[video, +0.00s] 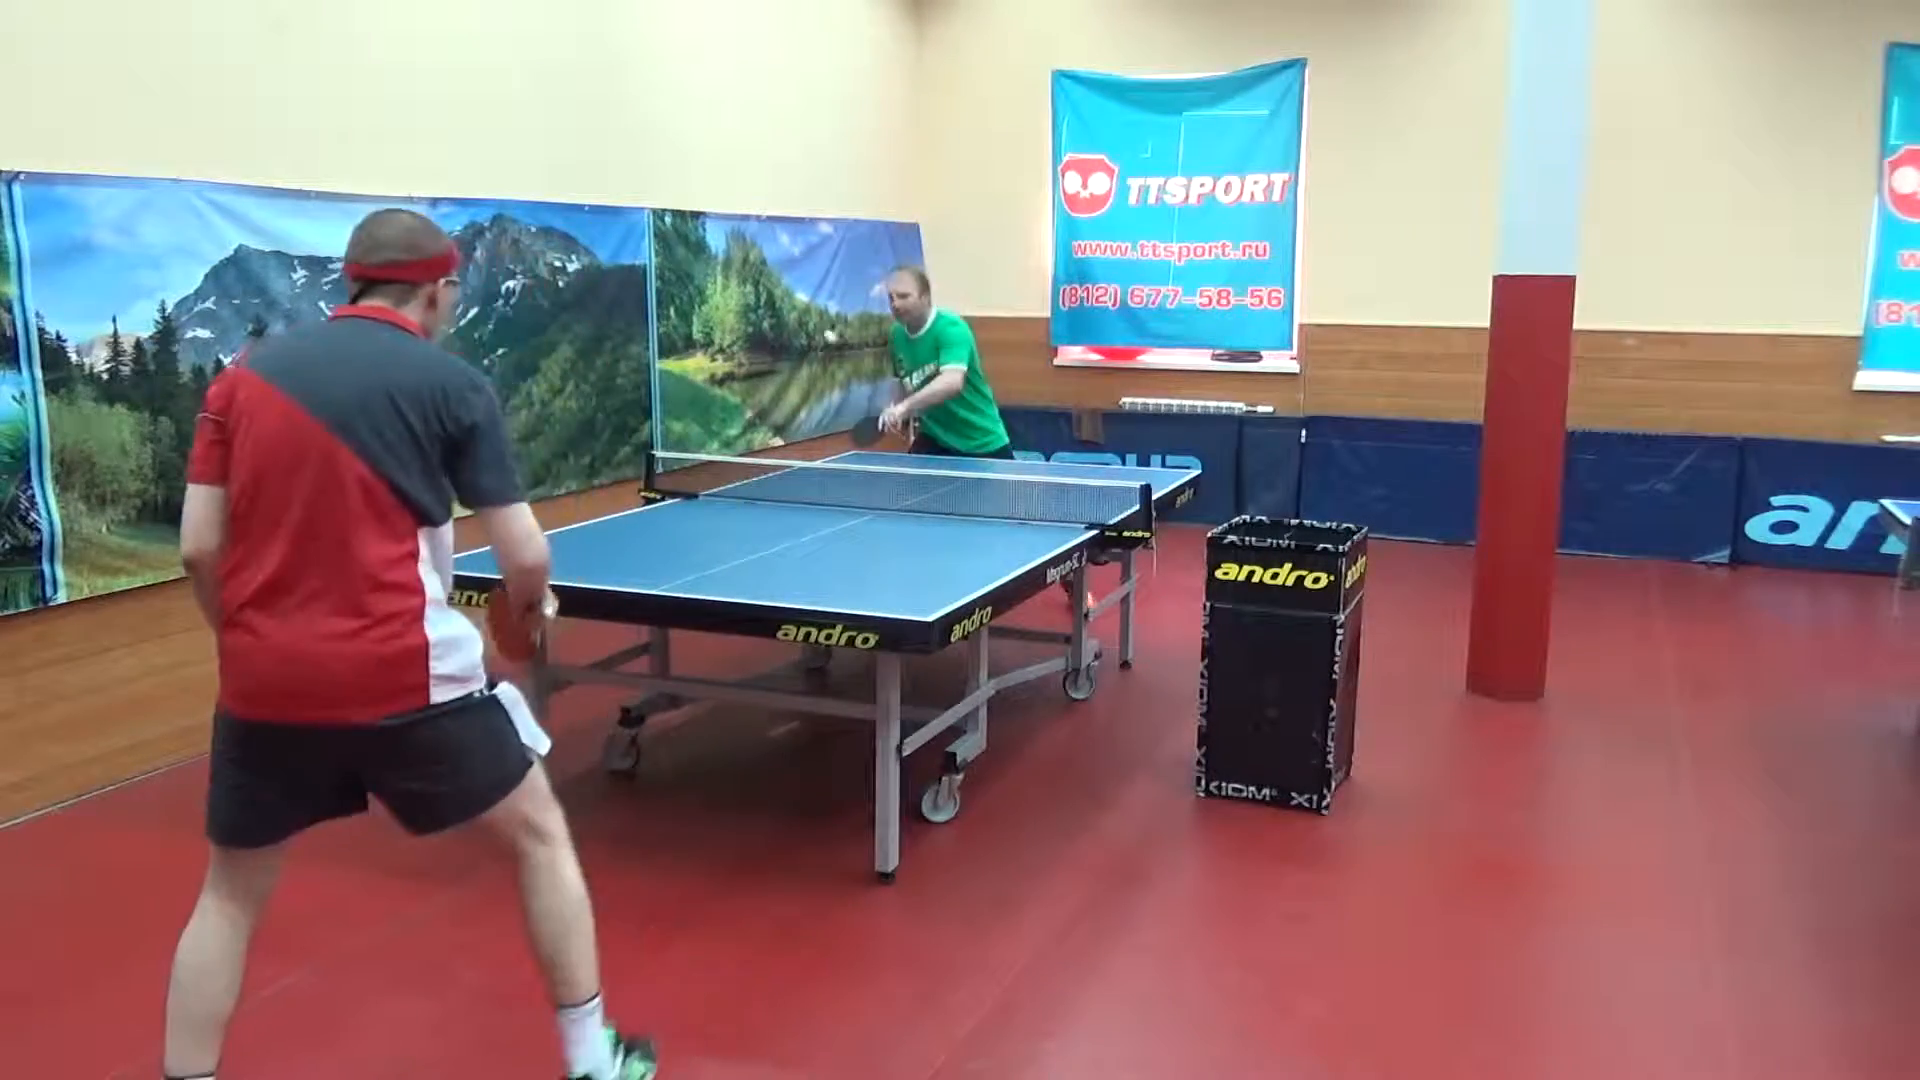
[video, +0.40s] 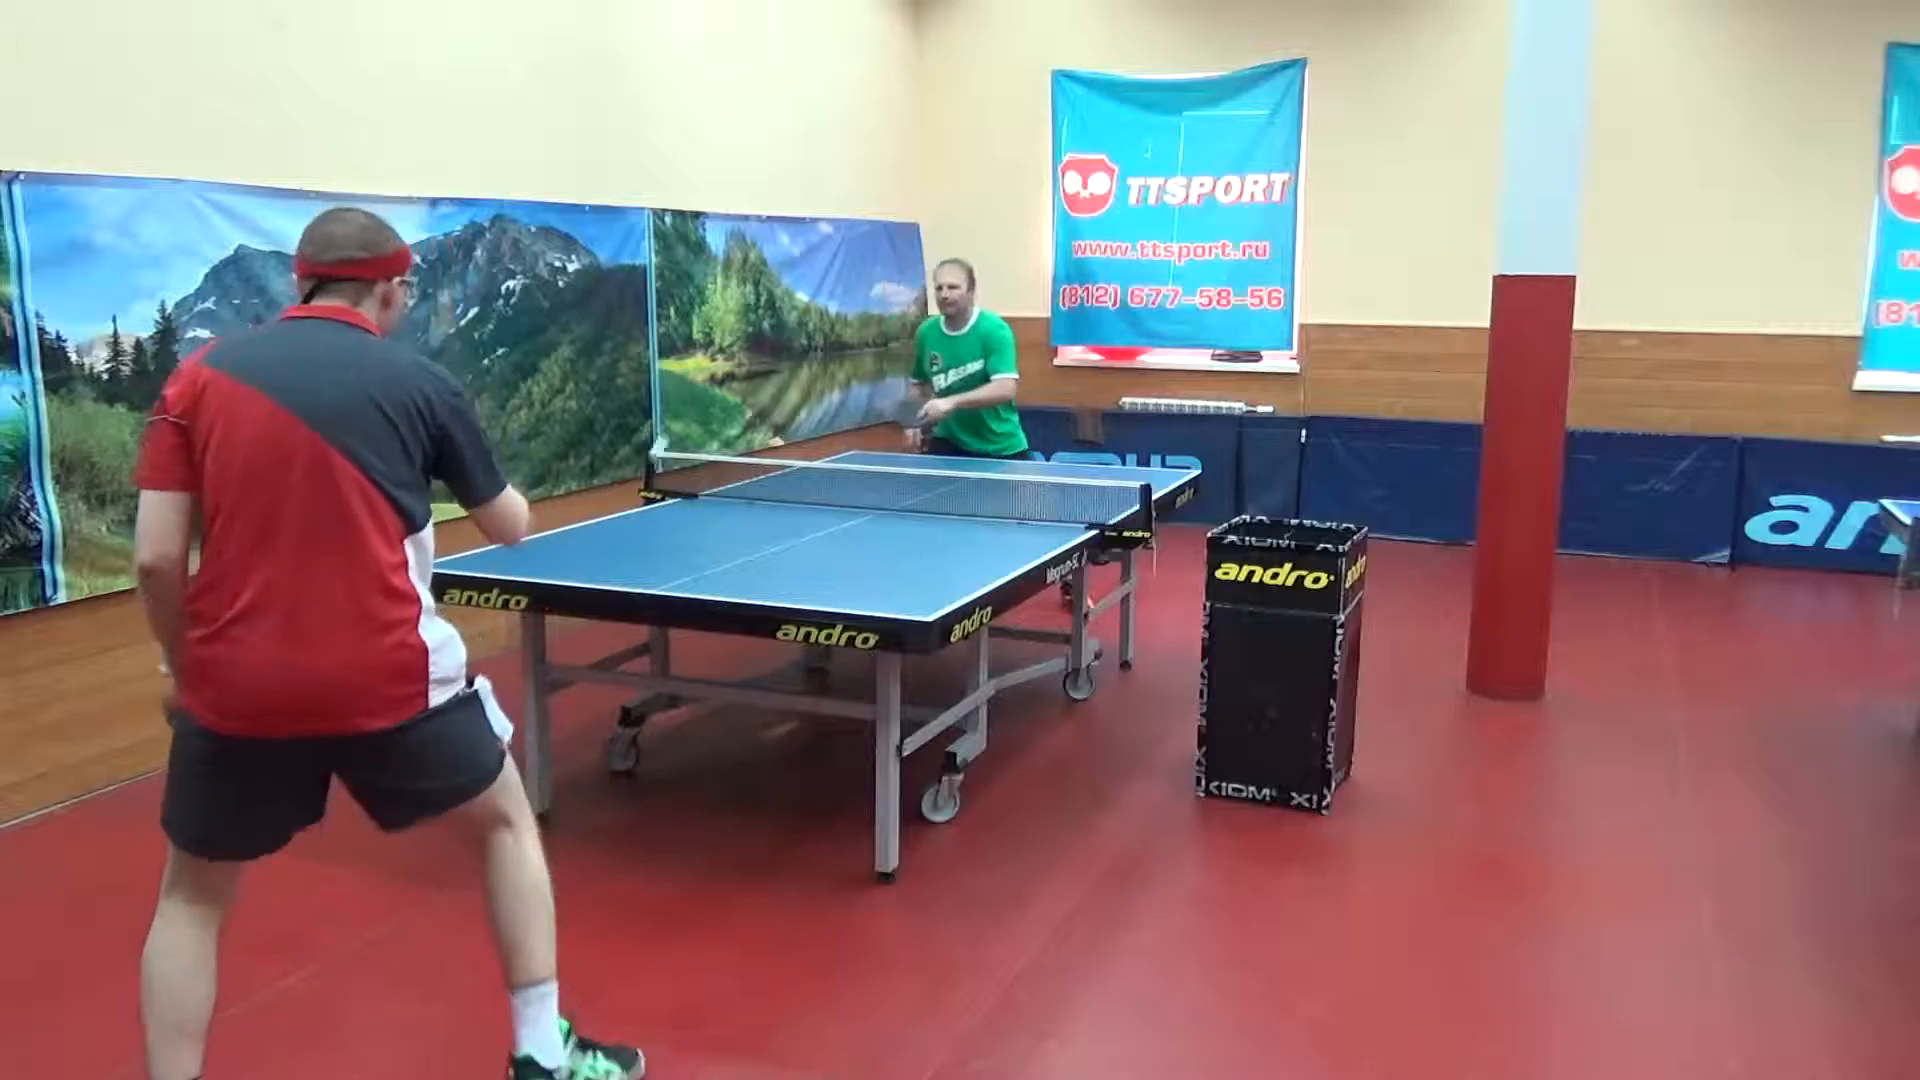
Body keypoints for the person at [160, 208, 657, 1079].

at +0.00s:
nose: (451, 309)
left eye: (450, 293)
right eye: (451, 293)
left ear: (352, 285)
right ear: (431, 293)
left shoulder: (248, 368)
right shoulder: (448, 382)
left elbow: (199, 546)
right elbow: (527, 560)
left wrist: (246, 642)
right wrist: (518, 621)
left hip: (263, 683)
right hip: (406, 677)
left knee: (228, 894)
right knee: (537, 834)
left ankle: (185, 1074)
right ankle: (592, 1058)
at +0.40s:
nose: (406, 304)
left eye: (402, 290)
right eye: (404, 291)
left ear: (301, 283)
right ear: (389, 288)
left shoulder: (203, 372)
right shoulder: (416, 382)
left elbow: (158, 555)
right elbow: (510, 525)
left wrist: (182, 665)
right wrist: (486, 473)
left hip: (234, 685)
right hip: (386, 676)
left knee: (192, 895)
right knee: (503, 819)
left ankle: (172, 1075)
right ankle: (543, 1048)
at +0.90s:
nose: (425, 269)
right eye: (423, 258)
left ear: (323, 257)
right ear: (411, 255)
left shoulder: (275, 353)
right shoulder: (467, 326)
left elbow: (252, 540)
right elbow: (570, 400)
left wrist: (249, 642)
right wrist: (514, 442)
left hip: (349, 627)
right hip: (483, 617)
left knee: (277, 858)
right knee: (517, 792)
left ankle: (240, 1069)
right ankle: (536, 993)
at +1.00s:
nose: (386, 260)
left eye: (380, 250)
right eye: (384, 249)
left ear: (291, 258)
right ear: (375, 250)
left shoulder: (254, 367)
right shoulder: (444, 309)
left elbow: (255, 554)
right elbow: (597, 328)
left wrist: (270, 648)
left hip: (339, 631)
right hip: (477, 616)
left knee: (265, 855)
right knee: (515, 796)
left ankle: (227, 1070)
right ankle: (538, 995)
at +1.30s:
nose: (311, 298)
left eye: (308, 283)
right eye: (305, 284)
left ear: (202, 289)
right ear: (280, 286)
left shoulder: (129, 410)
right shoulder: (327, 361)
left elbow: (158, 601)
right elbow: (503, 401)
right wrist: (597, 385)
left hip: (218, 711)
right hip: (365, 688)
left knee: (187, 920)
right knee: (467, 823)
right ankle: (532, 996)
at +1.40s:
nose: (290, 285)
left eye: (285, 269)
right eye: (284, 270)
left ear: (182, 281)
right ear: (259, 276)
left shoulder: (99, 399)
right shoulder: (298, 365)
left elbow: (111, 590)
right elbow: (445, 460)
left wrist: (185, 657)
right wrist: (543, 483)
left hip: (187, 710)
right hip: (332, 686)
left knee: (179, 922)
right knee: (450, 838)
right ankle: (518, 1008)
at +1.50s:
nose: (289, 269)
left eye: (284, 252)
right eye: (283, 252)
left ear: (180, 262)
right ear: (260, 255)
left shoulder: (95, 382)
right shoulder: (290, 357)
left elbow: (97, 561)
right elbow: (405, 505)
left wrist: (156, 663)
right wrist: (497, 572)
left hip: (180, 700)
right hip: (324, 677)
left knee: (174, 914)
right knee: (434, 832)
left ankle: (144, 1078)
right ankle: (476, 1048)